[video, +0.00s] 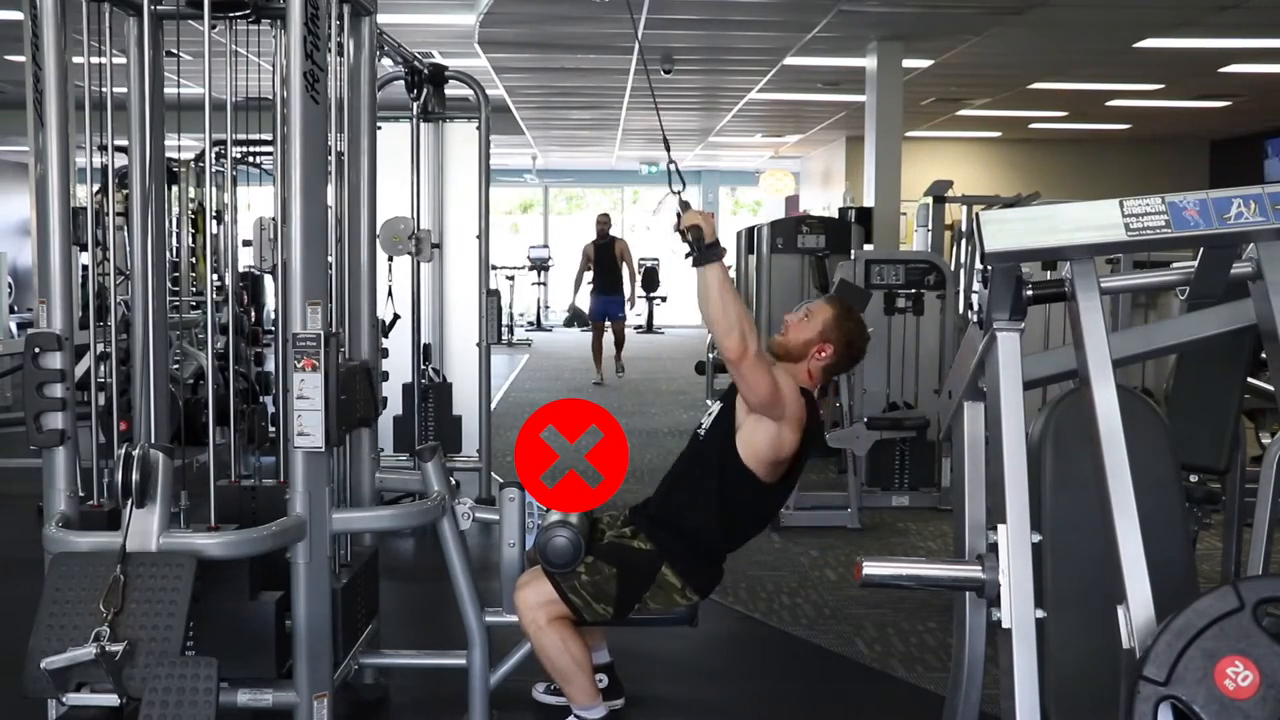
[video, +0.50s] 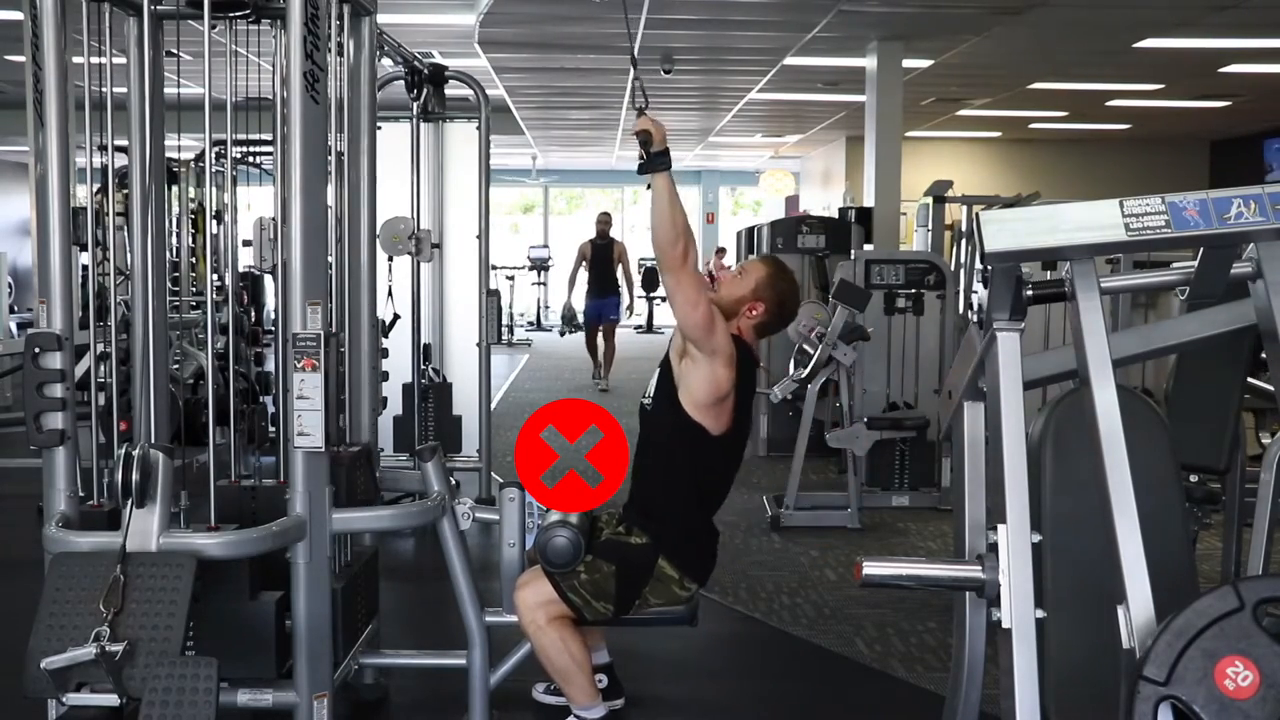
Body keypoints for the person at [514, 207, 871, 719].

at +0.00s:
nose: (789, 316)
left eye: (804, 316)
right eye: (800, 310)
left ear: (821, 351)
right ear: (820, 354)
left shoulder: (781, 402)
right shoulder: (777, 389)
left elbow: (737, 346)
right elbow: (738, 339)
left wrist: (706, 246)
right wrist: (709, 249)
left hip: (671, 561)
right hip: (655, 530)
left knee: (533, 597)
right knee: (553, 544)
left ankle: (589, 710)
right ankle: (594, 671)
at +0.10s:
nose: (773, 304)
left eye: (788, 304)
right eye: (785, 298)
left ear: (801, 339)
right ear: (801, 341)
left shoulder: (764, 388)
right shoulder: (760, 375)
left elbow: (720, 320)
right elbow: (732, 312)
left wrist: (694, 221)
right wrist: (699, 226)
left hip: (669, 561)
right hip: (652, 530)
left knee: (532, 598)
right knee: (547, 555)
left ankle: (590, 710)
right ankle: (593, 671)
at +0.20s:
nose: (758, 293)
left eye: (772, 292)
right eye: (769, 287)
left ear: (785, 328)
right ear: (783, 330)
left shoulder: (751, 374)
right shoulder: (743, 363)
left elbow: (707, 293)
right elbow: (712, 287)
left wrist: (684, 193)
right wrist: (682, 203)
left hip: (673, 558)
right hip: (654, 532)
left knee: (533, 598)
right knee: (548, 550)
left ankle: (591, 712)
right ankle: (593, 669)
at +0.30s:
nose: (745, 280)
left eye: (758, 282)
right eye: (757, 276)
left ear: (769, 318)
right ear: (770, 321)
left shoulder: (737, 361)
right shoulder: (736, 353)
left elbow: (697, 274)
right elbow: (701, 274)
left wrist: (676, 178)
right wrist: (671, 186)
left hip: (671, 556)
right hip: (656, 531)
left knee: (534, 597)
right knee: (552, 545)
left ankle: (590, 712)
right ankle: (593, 669)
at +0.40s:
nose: (728, 269)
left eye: (744, 274)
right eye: (742, 265)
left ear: (757, 312)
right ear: (756, 314)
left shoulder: (724, 353)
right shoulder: (720, 342)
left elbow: (685, 264)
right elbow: (689, 265)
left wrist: (664, 163)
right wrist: (662, 169)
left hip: (669, 551)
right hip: (655, 528)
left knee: (533, 596)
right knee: (554, 542)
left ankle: (590, 709)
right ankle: (592, 668)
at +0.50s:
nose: (723, 267)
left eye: (738, 271)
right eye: (737, 263)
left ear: (751, 308)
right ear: (751, 311)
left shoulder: (713, 348)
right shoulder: (718, 344)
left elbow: (676, 252)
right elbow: (679, 255)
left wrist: (656, 153)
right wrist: (655, 159)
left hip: (665, 551)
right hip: (662, 534)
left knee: (533, 596)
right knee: (553, 544)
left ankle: (589, 709)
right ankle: (592, 667)